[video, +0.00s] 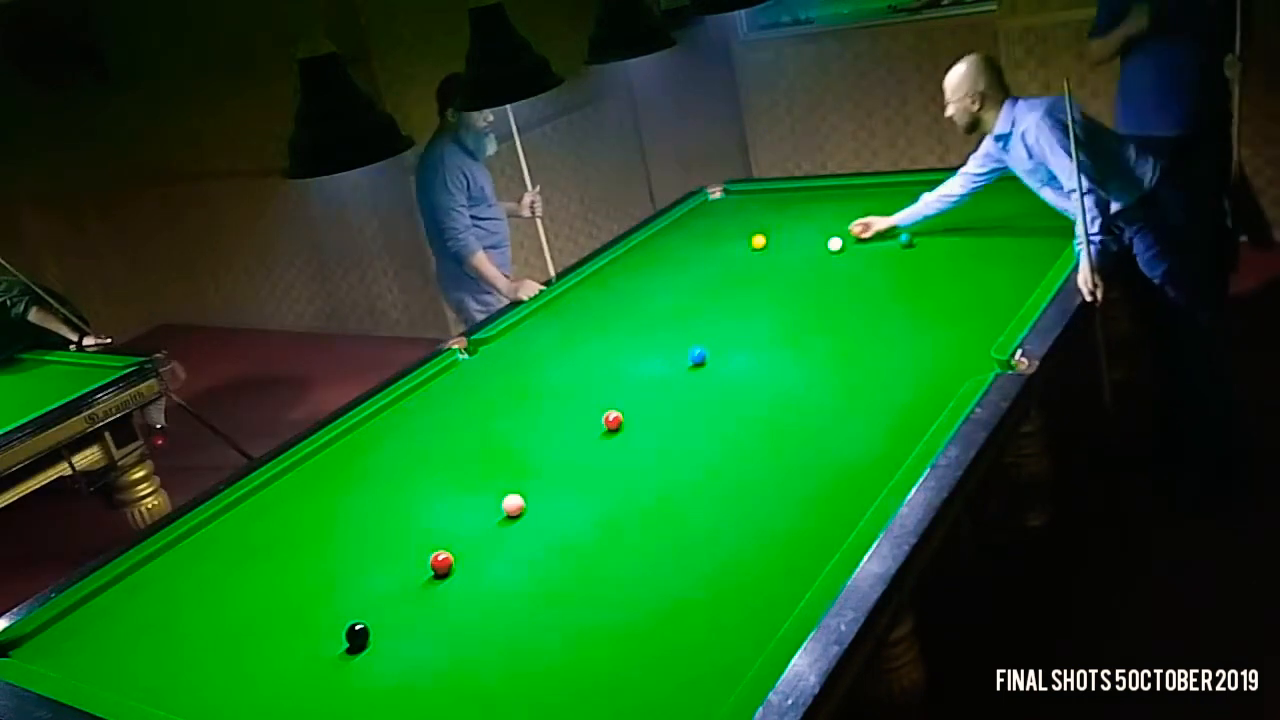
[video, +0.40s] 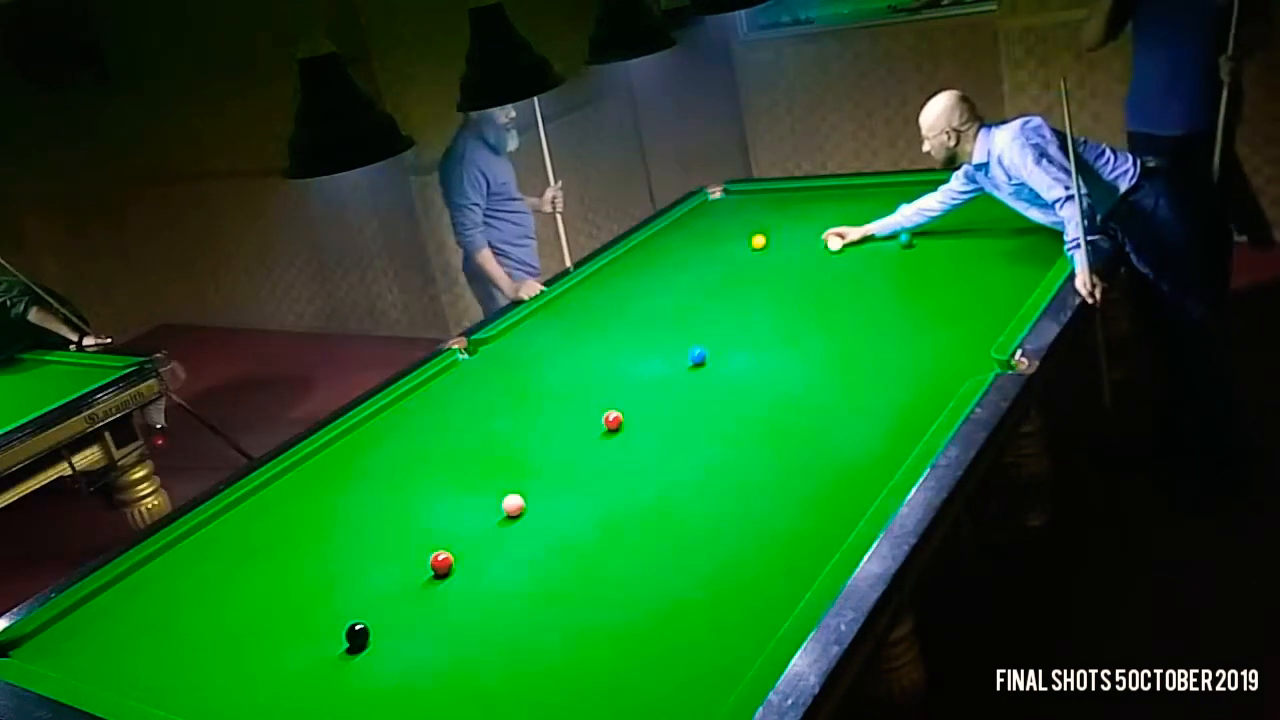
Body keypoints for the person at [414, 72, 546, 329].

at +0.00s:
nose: (490, 118)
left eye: (489, 110)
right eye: (479, 112)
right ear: (452, 116)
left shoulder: (460, 150)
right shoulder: (443, 161)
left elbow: (476, 208)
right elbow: (458, 240)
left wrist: (516, 208)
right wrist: (507, 286)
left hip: (488, 281)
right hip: (474, 288)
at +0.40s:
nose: (512, 115)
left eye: (511, 106)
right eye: (502, 108)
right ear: (476, 113)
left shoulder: (488, 147)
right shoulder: (464, 160)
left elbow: (500, 200)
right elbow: (470, 236)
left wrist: (538, 204)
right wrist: (510, 287)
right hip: (496, 277)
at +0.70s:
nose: (531, 107)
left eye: (530, 98)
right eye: (520, 100)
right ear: (497, 107)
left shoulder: (508, 138)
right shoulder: (486, 154)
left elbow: (521, 192)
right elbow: (478, 228)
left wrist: (557, 196)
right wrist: (512, 286)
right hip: (536, 282)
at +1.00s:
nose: (551, 101)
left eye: (550, 92)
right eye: (540, 94)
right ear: (517, 102)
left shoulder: (532, 136)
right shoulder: (505, 146)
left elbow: (537, 195)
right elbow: (493, 221)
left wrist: (574, 193)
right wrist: (530, 275)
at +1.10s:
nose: (561, 98)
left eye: (559, 88)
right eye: (550, 91)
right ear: (528, 99)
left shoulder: (540, 130)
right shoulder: (512, 143)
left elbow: (545, 191)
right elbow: (512, 219)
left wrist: (581, 190)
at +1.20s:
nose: (574, 94)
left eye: (574, 86)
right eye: (564, 87)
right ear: (543, 92)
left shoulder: (559, 132)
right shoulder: (526, 139)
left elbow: (557, 191)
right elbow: (537, 216)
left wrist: (589, 188)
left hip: (581, 254)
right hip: (554, 263)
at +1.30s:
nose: (592, 92)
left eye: (593, 84)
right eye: (581, 85)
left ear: (598, 86)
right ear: (561, 90)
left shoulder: (577, 127)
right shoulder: (548, 133)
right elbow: (569, 202)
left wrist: (601, 184)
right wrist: (642, 230)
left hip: (592, 238)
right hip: (562, 248)